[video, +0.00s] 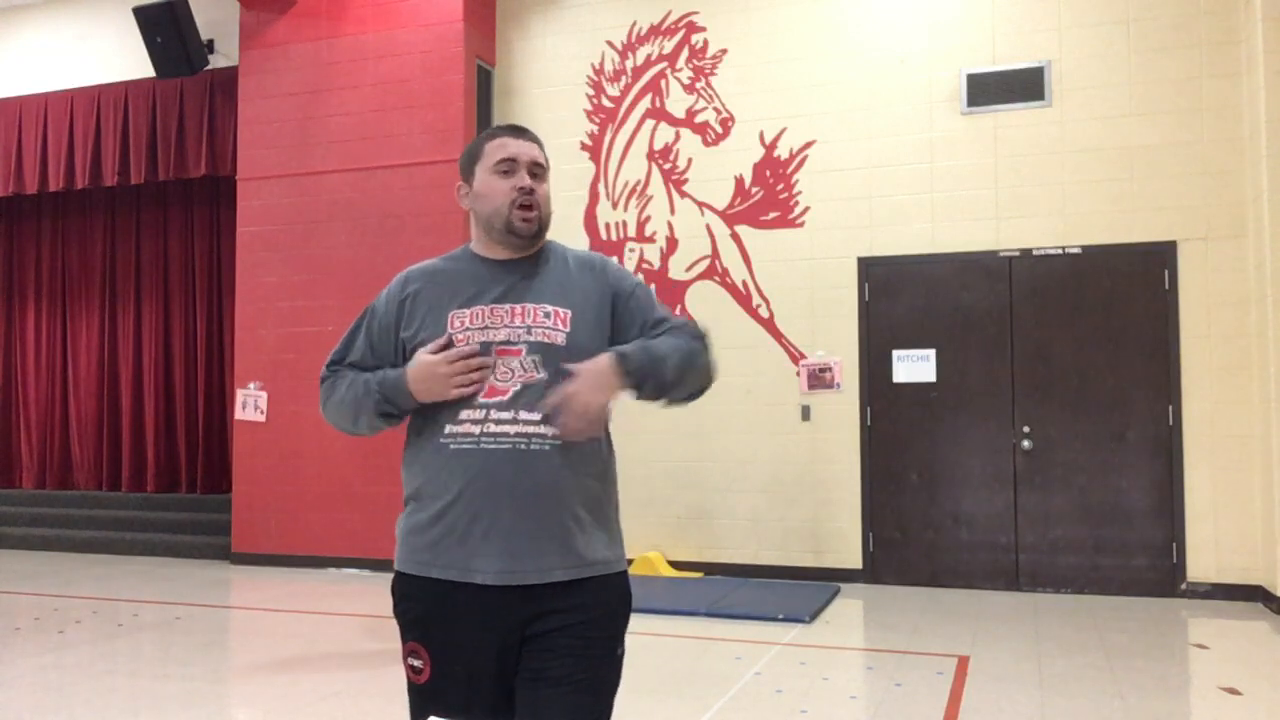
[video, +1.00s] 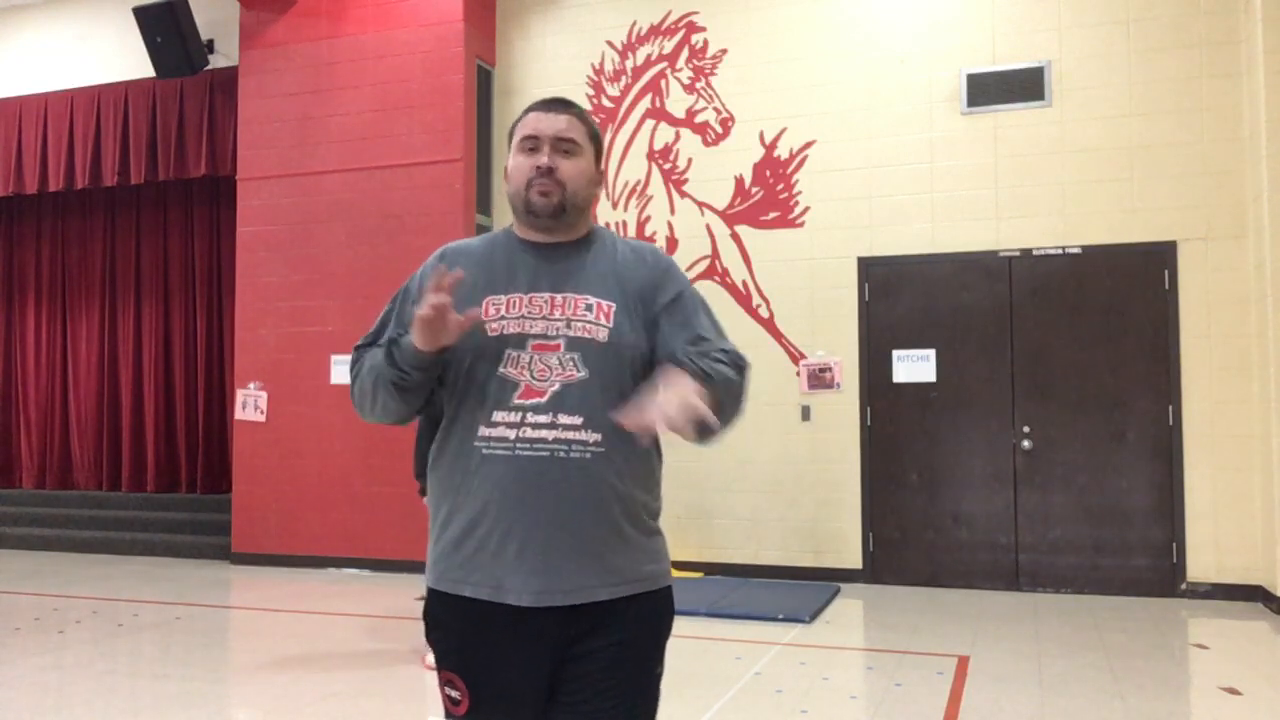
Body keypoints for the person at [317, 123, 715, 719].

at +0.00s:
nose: (527, 183)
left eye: (537, 172)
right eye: (506, 170)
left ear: (550, 192)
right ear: (466, 193)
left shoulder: (602, 283)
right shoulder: (416, 291)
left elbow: (692, 354)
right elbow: (339, 393)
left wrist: (619, 368)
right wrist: (406, 386)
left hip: (578, 580)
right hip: (447, 580)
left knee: (569, 711)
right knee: (454, 714)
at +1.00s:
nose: (545, 161)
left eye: (566, 149)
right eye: (529, 147)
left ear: (597, 177)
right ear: (507, 170)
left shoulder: (647, 271)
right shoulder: (451, 269)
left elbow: (719, 369)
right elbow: (372, 397)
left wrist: (683, 389)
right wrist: (419, 351)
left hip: (617, 590)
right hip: (478, 590)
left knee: (610, 710)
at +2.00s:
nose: (566, 149)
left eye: (584, 141)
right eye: (546, 132)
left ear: (601, 172)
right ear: (505, 154)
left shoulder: (643, 274)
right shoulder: (437, 261)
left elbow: (692, 387)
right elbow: (347, 392)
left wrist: (747, 388)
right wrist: (450, 363)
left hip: (638, 595)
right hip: (493, 596)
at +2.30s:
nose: (510, 139)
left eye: (525, 131)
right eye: (488, 124)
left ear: (540, 160)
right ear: (443, 152)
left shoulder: (579, 271)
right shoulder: (385, 259)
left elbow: (622, 404)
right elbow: (304, 392)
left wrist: (683, 455)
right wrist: (427, 387)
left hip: (583, 594)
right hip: (436, 594)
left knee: (593, 711)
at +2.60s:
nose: (476, 163)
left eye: (487, 152)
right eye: (456, 145)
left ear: (497, 170)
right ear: (401, 161)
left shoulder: (521, 279)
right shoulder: (339, 266)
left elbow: (556, 399)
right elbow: (257, 398)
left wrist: (612, 419)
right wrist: (389, 393)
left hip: (517, 597)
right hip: (377, 594)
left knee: (525, 710)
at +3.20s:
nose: (483, 164)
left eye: (488, 148)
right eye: (456, 157)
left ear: (505, 161)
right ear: (422, 189)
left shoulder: (542, 278)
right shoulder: (377, 268)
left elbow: (575, 372)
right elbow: (310, 396)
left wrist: (596, 391)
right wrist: (396, 479)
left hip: (533, 581)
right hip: (412, 579)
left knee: (528, 712)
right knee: (397, 710)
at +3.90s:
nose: (542, 181)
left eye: (552, 168)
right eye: (519, 171)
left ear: (571, 188)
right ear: (485, 199)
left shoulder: (603, 288)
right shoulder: (439, 273)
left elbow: (657, 402)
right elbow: (381, 403)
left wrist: (651, 365)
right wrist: (395, 523)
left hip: (583, 570)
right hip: (469, 567)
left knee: (569, 713)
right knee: (462, 711)